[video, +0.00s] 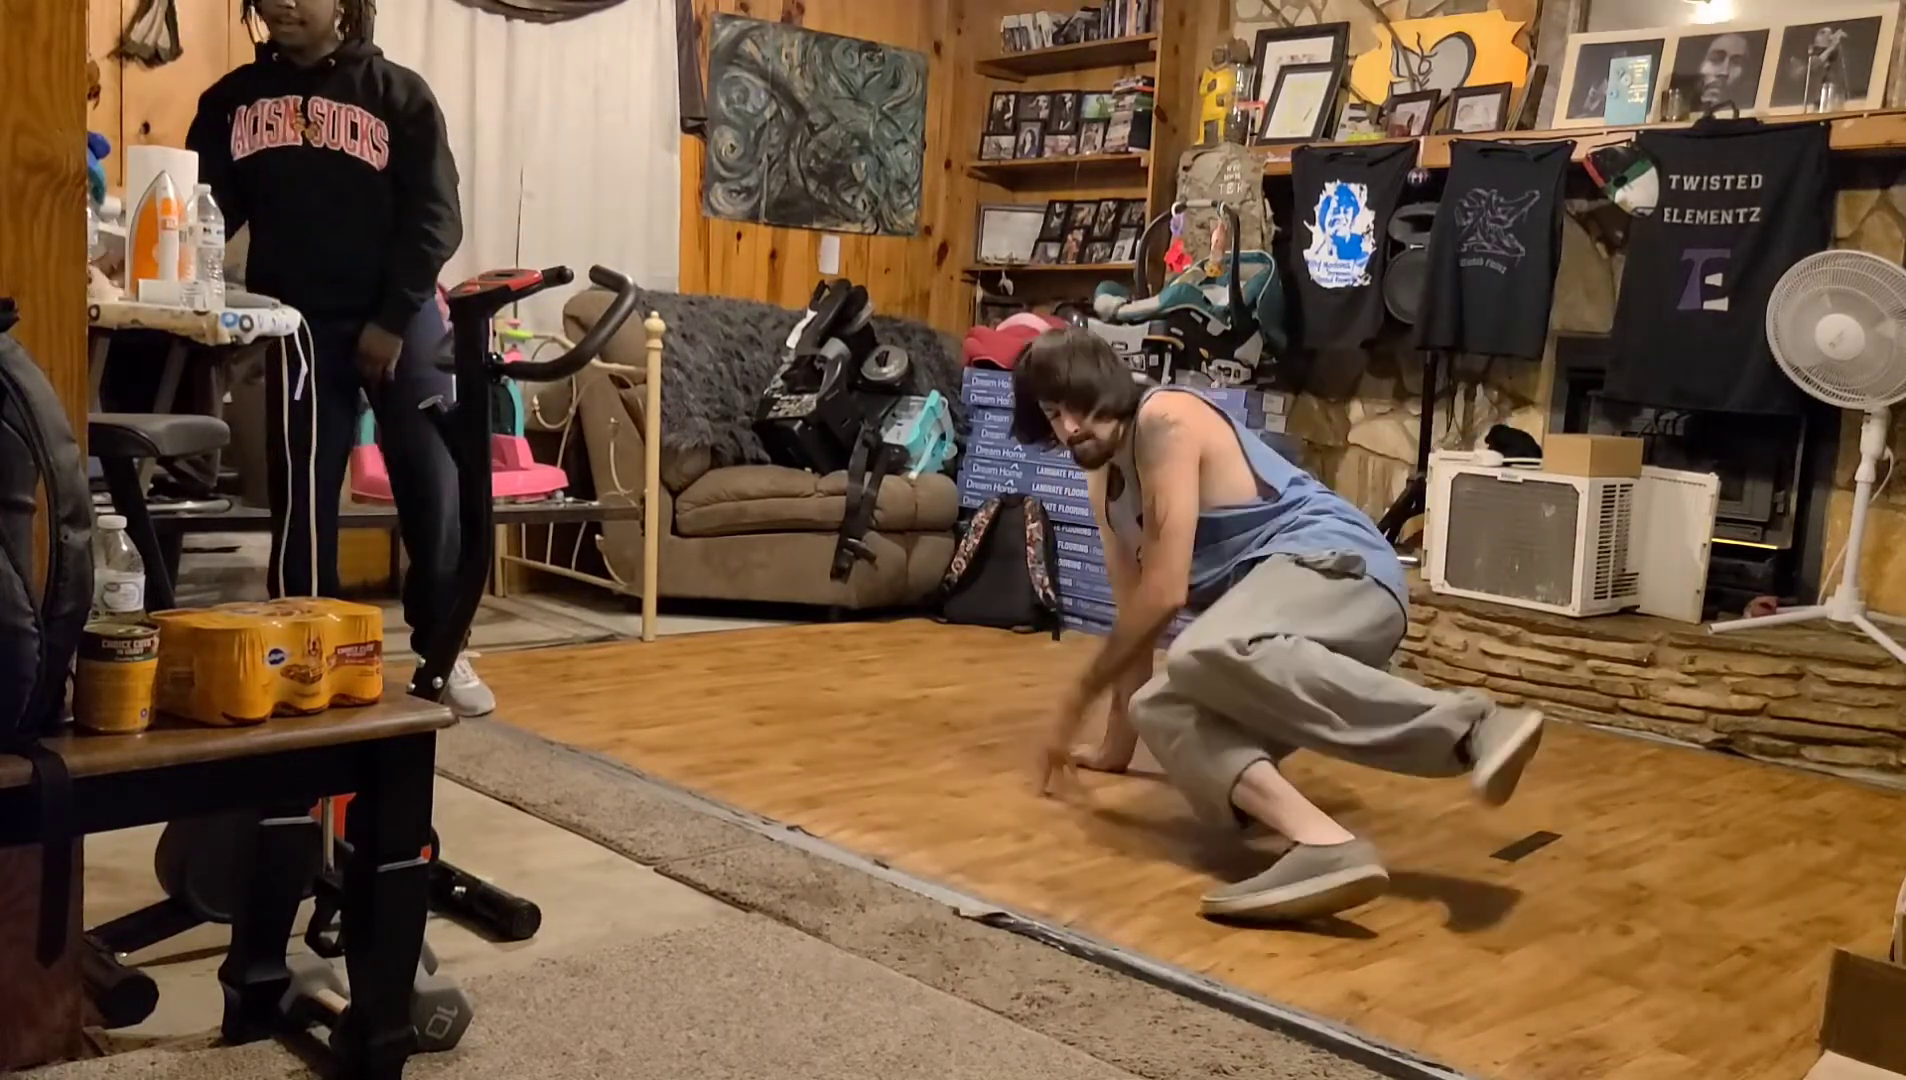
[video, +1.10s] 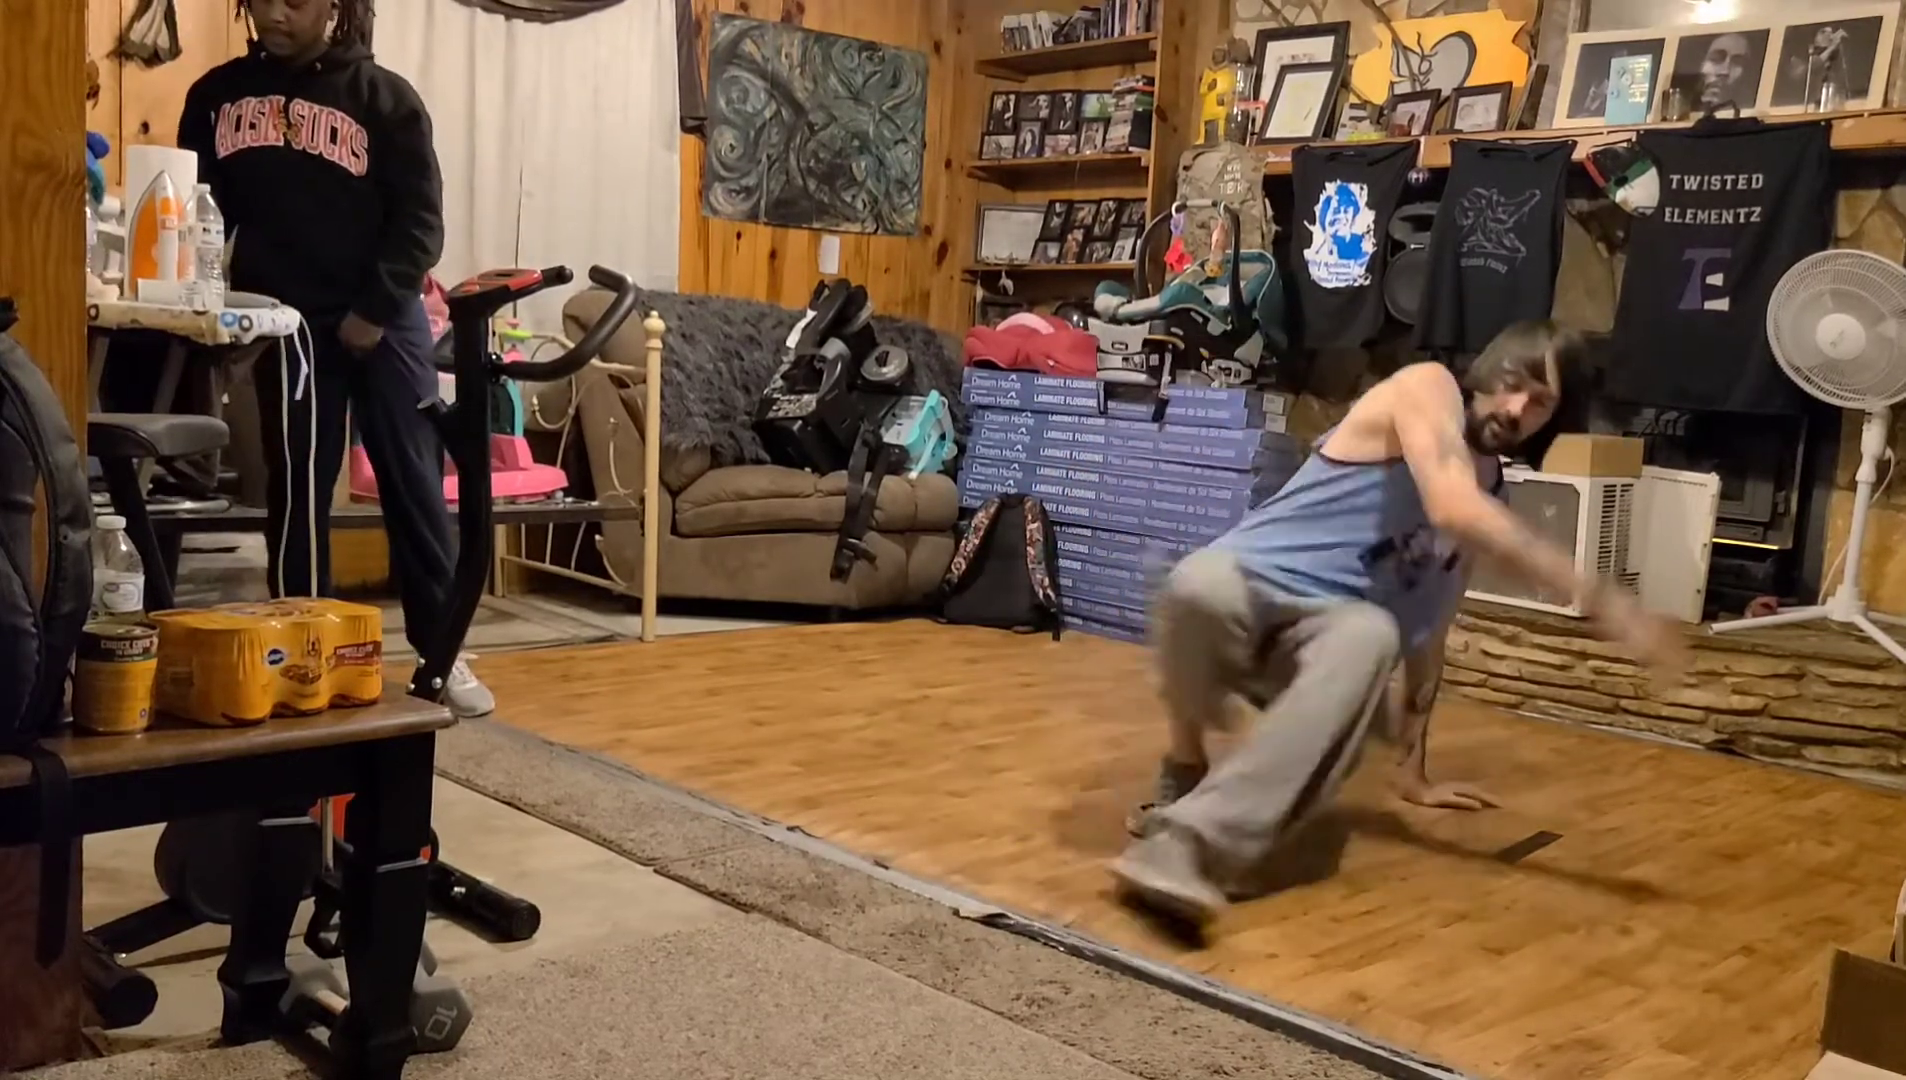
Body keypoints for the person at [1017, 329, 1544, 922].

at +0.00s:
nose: (1069, 428)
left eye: (1080, 404)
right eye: (1051, 416)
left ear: (1113, 388)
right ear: (1045, 420)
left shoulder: (1164, 419)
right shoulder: (1109, 480)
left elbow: (1165, 587)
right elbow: (1136, 613)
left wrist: (1080, 695)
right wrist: (1115, 752)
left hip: (1331, 554)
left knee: (1217, 649)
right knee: (1162, 707)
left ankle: (1472, 725)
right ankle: (1323, 840)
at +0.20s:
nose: (1174, 406)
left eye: (1190, 388)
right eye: (1155, 390)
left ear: (1217, 378)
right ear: (1132, 392)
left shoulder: (1272, 411)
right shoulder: (1127, 471)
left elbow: (1358, 510)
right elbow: (1133, 604)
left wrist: (1395, 610)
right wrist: (1113, 745)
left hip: (1321, 636)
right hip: (1209, 644)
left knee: (1271, 605)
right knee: (1168, 591)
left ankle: (1258, 765)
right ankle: (1162, 827)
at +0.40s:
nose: (1417, 415)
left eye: (1438, 407)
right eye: (1408, 393)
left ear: (1457, 421)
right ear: (1379, 384)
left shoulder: (1437, 507)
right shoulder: (1288, 416)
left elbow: (1412, 643)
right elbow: (1168, 517)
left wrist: (1417, 779)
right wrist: (1048, 577)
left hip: (1319, 659)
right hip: (1217, 623)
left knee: (1276, 619)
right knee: (1172, 562)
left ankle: (1247, 770)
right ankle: (1128, 816)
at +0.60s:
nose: (1476, 399)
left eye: (1500, 388)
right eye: (1467, 373)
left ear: (1521, 399)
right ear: (1437, 360)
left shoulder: (1480, 501)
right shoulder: (1358, 397)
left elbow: (1432, 636)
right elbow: (1323, 414)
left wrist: (1418, 779)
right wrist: (1459, 313)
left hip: (1356, 632)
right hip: (1257, 604)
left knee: (1377, 536)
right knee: (1186, 568)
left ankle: (1281, 802)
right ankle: (1243, 767)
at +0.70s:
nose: (1501, 401)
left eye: (1525, 395)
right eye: (1499, 376)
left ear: (1540, 411)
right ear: (1472, 361)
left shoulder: (1494, 485)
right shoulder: (1404, 372)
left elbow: (1439, 620)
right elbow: (1421, 471)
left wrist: (1417, 772)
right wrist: (1589, 492)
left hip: (1341, 633)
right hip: (1253, 595)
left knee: (1401, 623)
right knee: (1239, 560)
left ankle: (1231, 820)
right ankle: (1224, 741)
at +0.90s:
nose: (1539, 459)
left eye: (1560, 455)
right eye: (1540, 434)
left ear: (1568, 472)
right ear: (1515, 415)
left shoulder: (1489, 507)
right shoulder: (1447, 450)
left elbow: (1443, 625)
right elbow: (1411, 615)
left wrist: (1429, 773)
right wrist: (1431, 786)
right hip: (1267, 566)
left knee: (1308, 773)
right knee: (1416, 721)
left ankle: (1155, 832)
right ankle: (1203, 660)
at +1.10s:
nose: (1517, 410)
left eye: (1538, 405)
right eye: (1513, 386)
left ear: (1548, 417)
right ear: (1484, 371)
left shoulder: (1483, 487)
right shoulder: (1425, 387)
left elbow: (1428, 629)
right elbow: (1451, 504)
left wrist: (1412, 776)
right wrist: (1590, 594)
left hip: (1327, 621)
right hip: (1246, 582)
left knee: (1372, 635)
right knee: (1197, 587)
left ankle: (1186, 848)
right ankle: (1183, 762)